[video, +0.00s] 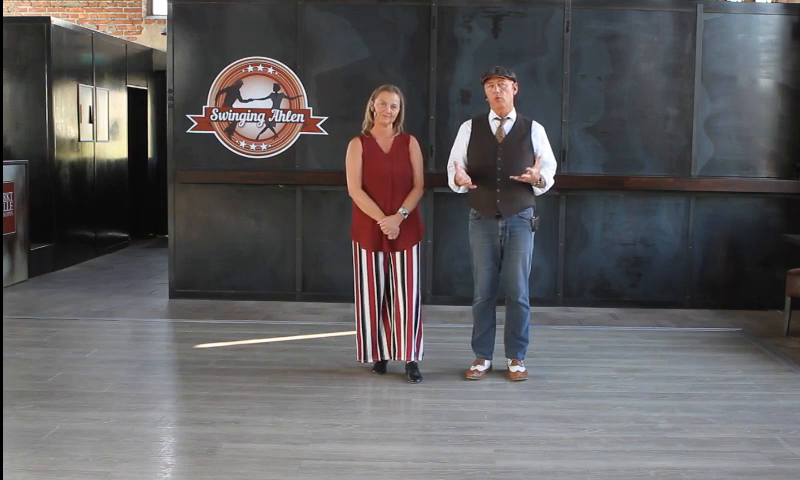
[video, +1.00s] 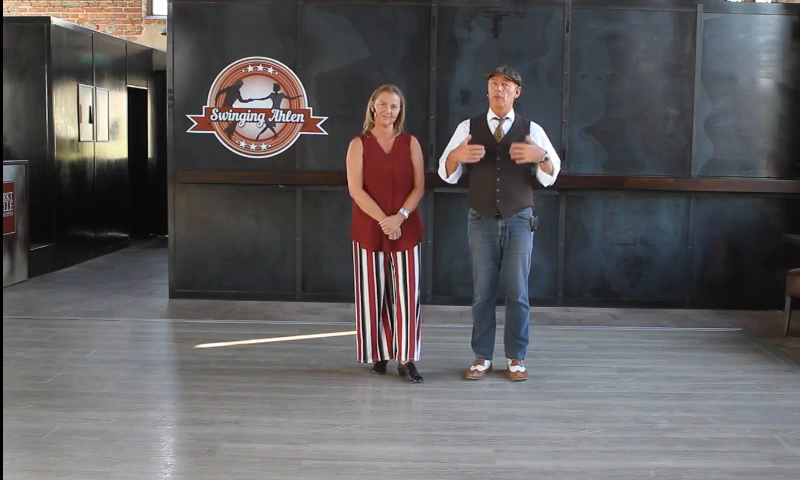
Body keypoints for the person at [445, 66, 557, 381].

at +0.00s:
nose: (497, 91)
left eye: (502, 86)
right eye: (491, 87)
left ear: (514, 89)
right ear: (485, 93)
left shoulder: (533, 130)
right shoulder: (469, 128)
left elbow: (549, 172)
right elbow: (454, 168)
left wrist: (537, 176)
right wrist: (459, 177)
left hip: (520, 219)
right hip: (481, 219)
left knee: (517, 292)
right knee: (483, 292)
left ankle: (516, 359)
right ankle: (482, 358)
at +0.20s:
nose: (496, 91)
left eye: (501, 85)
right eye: (491, 86)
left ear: (514, 89)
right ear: (485, 93)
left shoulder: (533, 129)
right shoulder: (469, 128)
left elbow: (549, 172)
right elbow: (454, 167)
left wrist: (536, 177)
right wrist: (459, 177)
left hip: (519, 219)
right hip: (481, 219)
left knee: (517, 292)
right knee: (483, 292)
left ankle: (516, 359)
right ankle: (482, 358)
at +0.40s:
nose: (496, 91)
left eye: (501, 86)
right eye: (491, 86)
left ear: (514, 89)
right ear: (485, 93)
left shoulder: (533, 130)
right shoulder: (469, 128)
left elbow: (548, 172)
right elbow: (454, 168)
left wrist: (535, 177)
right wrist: (459, 178)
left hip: (519, 219)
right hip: (481, 219)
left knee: (516, 292)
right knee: (483, 292)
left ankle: (516, 359)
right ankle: (482, 358)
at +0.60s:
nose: (496, 90)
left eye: (502, 85)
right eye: (491, 85)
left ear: (514, 89)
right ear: (485, 92)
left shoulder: (532, 130)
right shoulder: (469, 128)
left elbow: (548, 172)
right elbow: (452, 168)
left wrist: (537, 174)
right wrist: (458, 177)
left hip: (519, 219)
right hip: (480, 219)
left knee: (516, 292)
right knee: (483, 292)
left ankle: (516, 358)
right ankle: (482, 358)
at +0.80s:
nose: (497, 88)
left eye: (503, 83)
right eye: (493, 83)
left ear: (515, 90)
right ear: (486, 90)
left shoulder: (531, 130)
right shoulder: (468, 128)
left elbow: (552, 168)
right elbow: (446, 171)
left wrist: (539, 165)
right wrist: (456, 168)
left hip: (519, 220)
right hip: (480, 220)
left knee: (516, 292)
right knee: (483, 292)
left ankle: (516, 358)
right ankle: (482, 358)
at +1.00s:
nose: (500, 91)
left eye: (506, 86)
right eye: (495, 86)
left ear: (516, 92)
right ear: (488, 91)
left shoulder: (531, 130)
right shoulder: (469, 128)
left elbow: (552, 173)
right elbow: (446, 173)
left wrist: (540, 156)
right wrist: (456, 156)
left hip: (519, 220)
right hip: (480, 220)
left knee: (516, 292)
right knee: (483, 292)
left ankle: (516, 359)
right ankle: (482, 358)